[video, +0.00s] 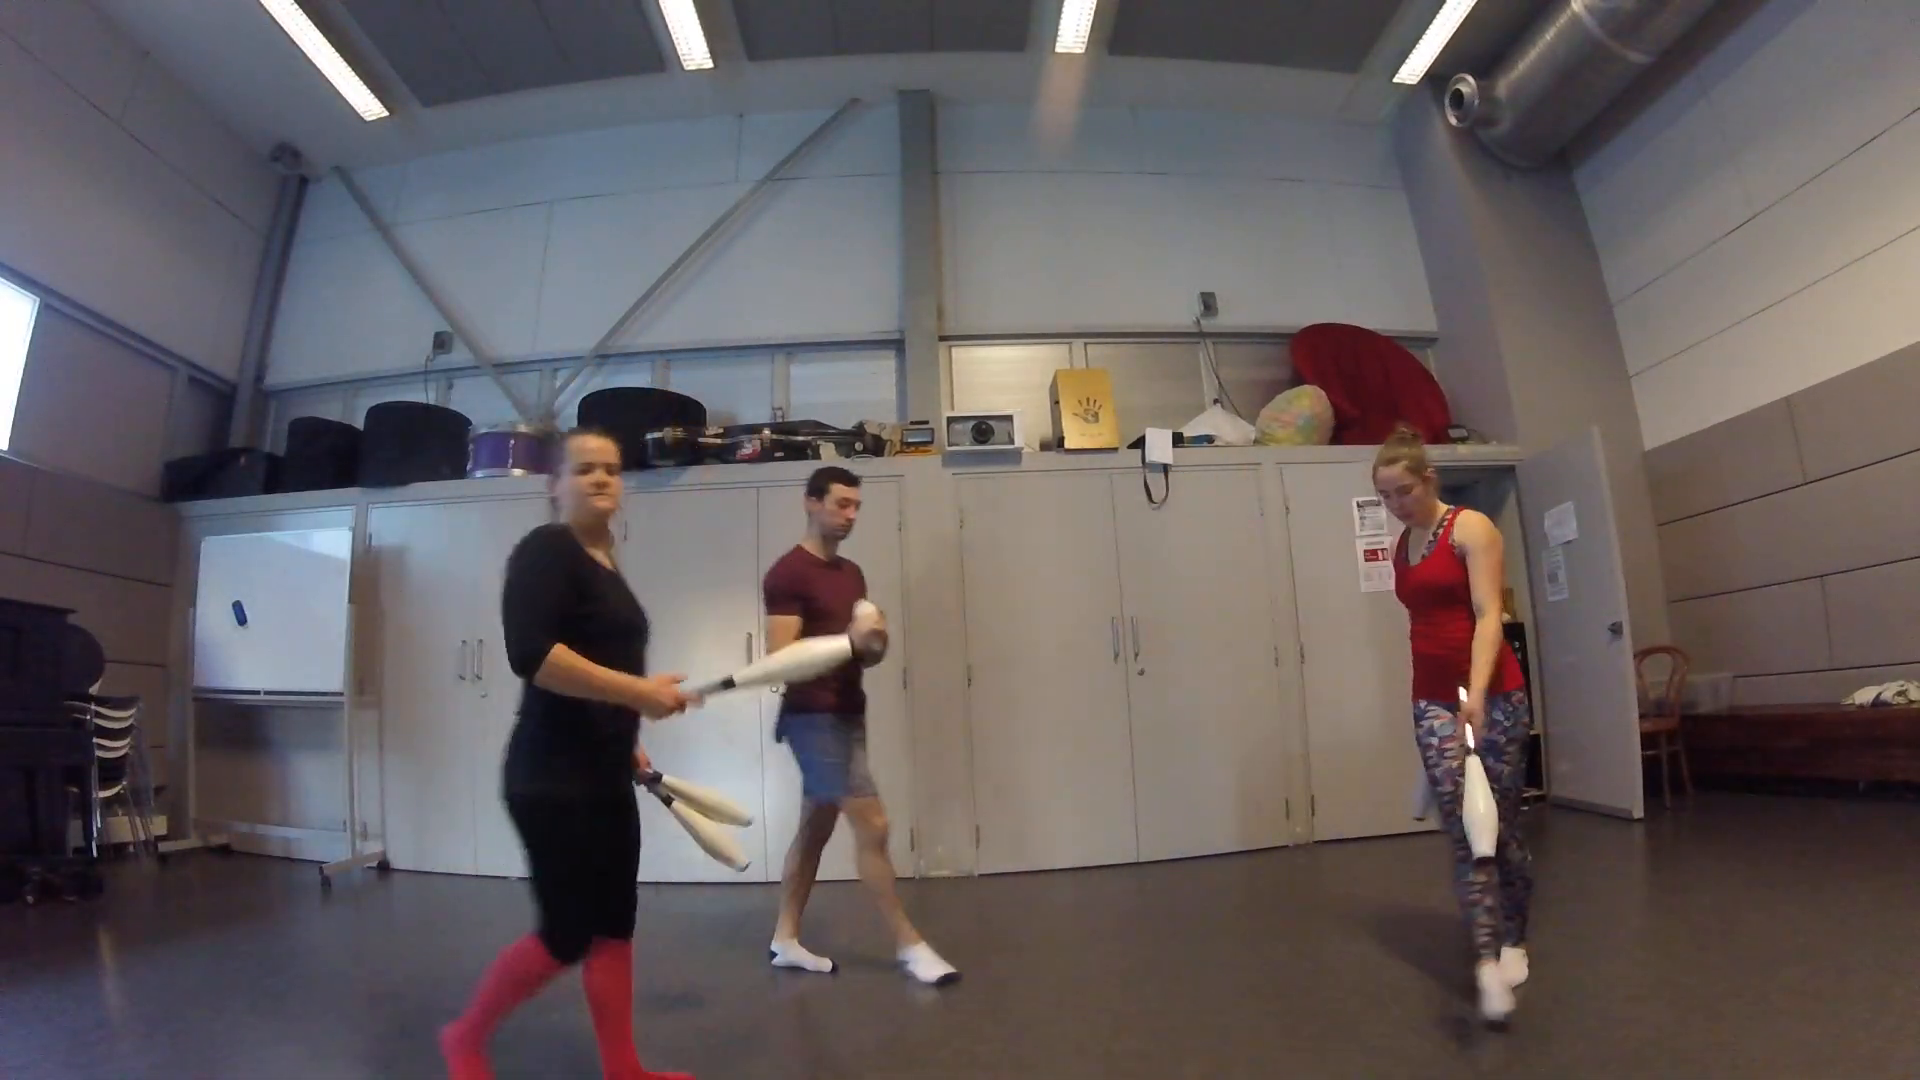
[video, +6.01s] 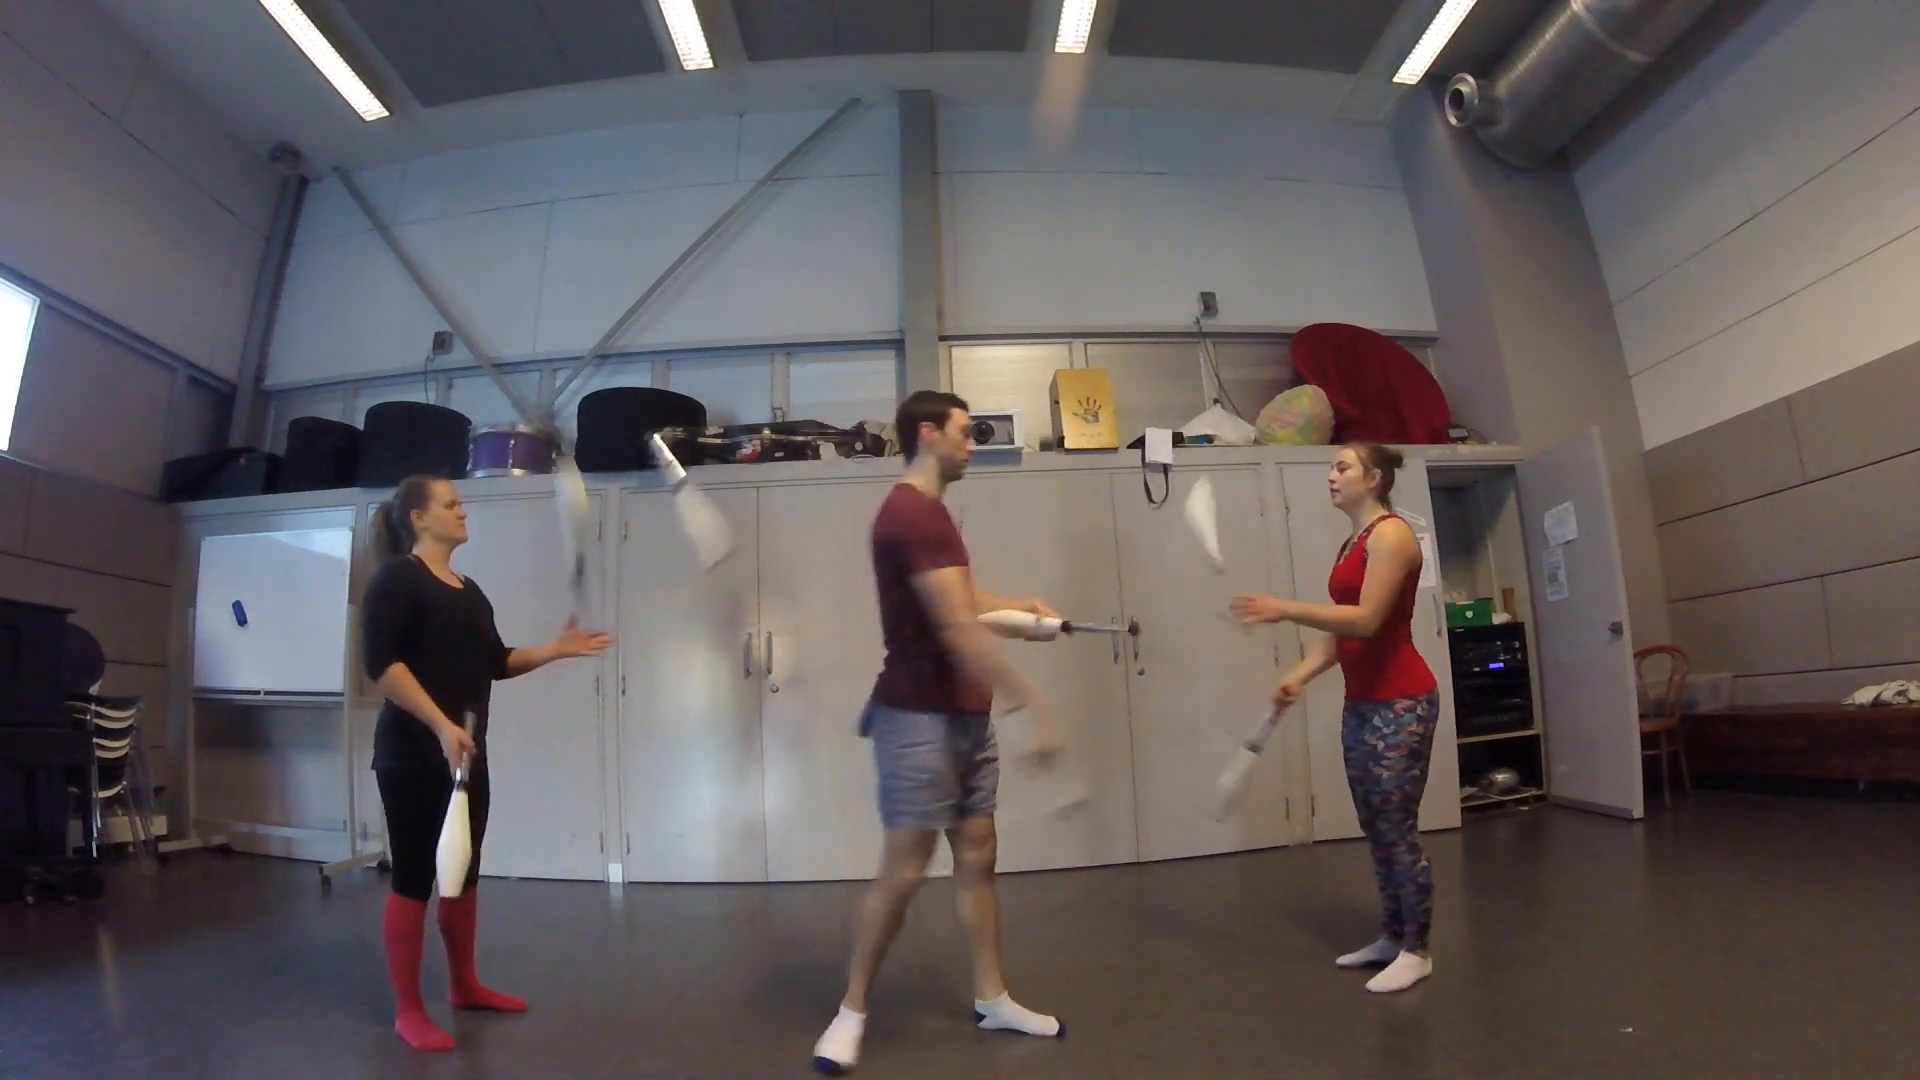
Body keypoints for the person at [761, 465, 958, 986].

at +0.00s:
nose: (850, 514)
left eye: (855, 506)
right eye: (842, 504)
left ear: (855, 511)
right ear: (812, 504)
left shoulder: (850, 573)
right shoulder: (788, 574)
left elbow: (870, 651)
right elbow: (778, 661)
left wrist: (873, 638)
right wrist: (846, 644)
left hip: (847, 715)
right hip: (811, 718)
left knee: (814, 830)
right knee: (872, 825)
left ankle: (785, 939)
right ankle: (909, 944)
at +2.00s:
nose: (893, 511)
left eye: (900, 503)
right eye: (884, 505)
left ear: (914, 511)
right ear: (873, 516)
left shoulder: (943, 566)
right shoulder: (861, 578)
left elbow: (967, 630)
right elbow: (846, 645)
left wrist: (984, 694)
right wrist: (835, 713)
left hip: (946, 708)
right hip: (890, 712)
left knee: (950, 815)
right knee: (899, 817)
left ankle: (939, 907)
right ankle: (906, 921)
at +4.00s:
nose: (886, 500)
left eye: (895, 494)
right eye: (877, 494)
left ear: (909, 507)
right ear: (864, 507)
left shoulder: (932, 568)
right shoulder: (844, 574)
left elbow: (953, 641)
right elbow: (831, 651)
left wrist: (968, 710)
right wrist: (821, 726)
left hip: (931, 717)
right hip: (871, 721)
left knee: (939, 825)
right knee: (886, 826)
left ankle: (939, 937)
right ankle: (899, 921)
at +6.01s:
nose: (974, 445)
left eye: (973, 434)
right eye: (966, 433)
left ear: (932, 435)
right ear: (928, 435)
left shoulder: (934, 513)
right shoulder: (907, 514)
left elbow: (957, 604)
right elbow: (959, 629)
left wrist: (1018, 613)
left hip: (966, 710)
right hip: (915, 715)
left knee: (977, 858)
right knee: (904, 869)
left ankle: (991, 999)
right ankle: (852, 1010)